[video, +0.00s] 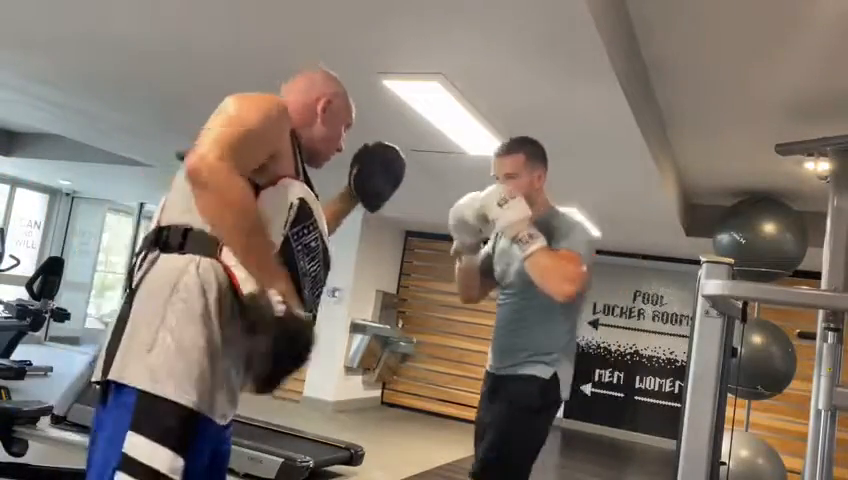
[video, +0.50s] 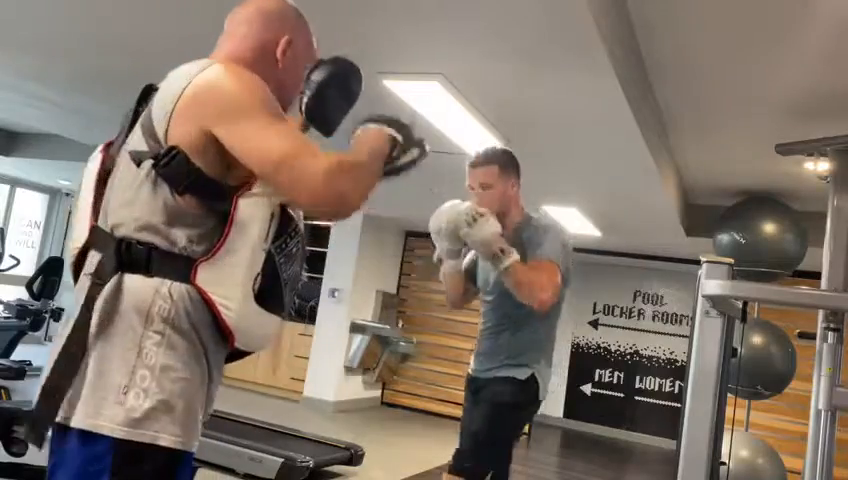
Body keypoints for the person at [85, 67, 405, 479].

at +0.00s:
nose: (343, 143)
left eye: (349, 132)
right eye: (345, 126)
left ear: (316, 108)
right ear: (323, 107)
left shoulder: (290, 170)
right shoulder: (265, 112)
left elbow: (298, 242)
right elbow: (209, 166)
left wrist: (353, 195)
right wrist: (277, 285)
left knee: (202, 462)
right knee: (147, 463)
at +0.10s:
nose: (336, 135)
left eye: (341, 124)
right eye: (338, 118)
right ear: (316, 98)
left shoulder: (281, 166)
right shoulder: (258, 106)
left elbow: (290, 236)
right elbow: (230, 174)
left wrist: (347, 181)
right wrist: (328, 282)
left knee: (203, 460)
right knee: (142, 464)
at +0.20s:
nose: (326, 123)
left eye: (330, 112)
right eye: (327, 107)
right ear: (305, 88)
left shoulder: (256, 141)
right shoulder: (238, 106)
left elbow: (277, 223)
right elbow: (263, 190)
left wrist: (336, 169)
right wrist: (364, 255)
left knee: (199, 464)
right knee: (137, 466)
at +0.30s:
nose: (317, 110)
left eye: (323, 98)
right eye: (320, 94)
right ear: (295, 76)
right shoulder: (229, 102)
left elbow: (255, 212)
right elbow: (298, 195)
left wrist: (324, 160)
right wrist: (395, 222)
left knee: (185, 466)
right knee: (132, 466)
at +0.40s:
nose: (310, 90)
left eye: (315, 75)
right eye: (312, 71)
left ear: (238, 46)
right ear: (287, 57)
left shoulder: (205, 94)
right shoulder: (223, 92)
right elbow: (317, 192)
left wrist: (316, 152)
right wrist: (391, 178)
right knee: (129, 465)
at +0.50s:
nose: (304, 86)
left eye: (312, 74)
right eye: (309, 70)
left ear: (235, 37)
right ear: (283, 51)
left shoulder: (192, 85)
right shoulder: (224, 86)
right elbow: (329, 192)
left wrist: (300, 121)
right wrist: (375, 142)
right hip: (152, 332)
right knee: (132, 462)